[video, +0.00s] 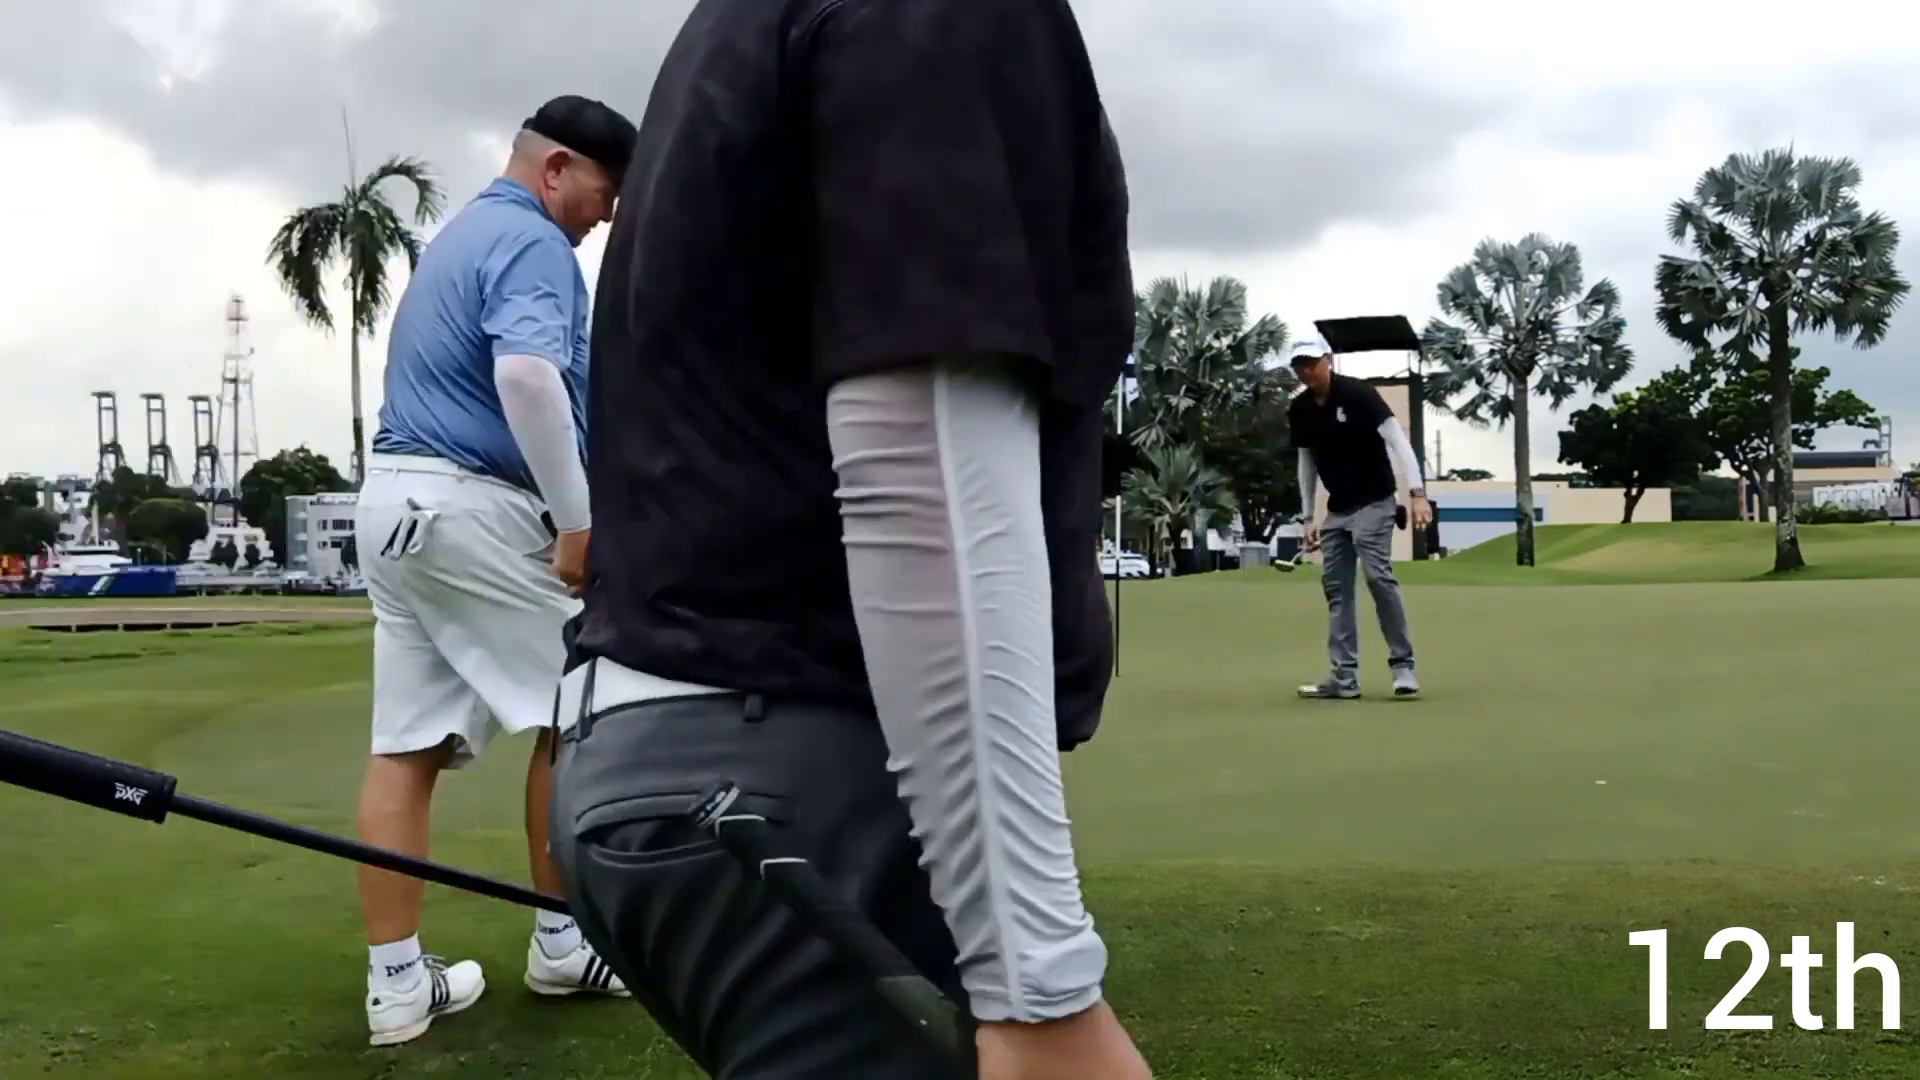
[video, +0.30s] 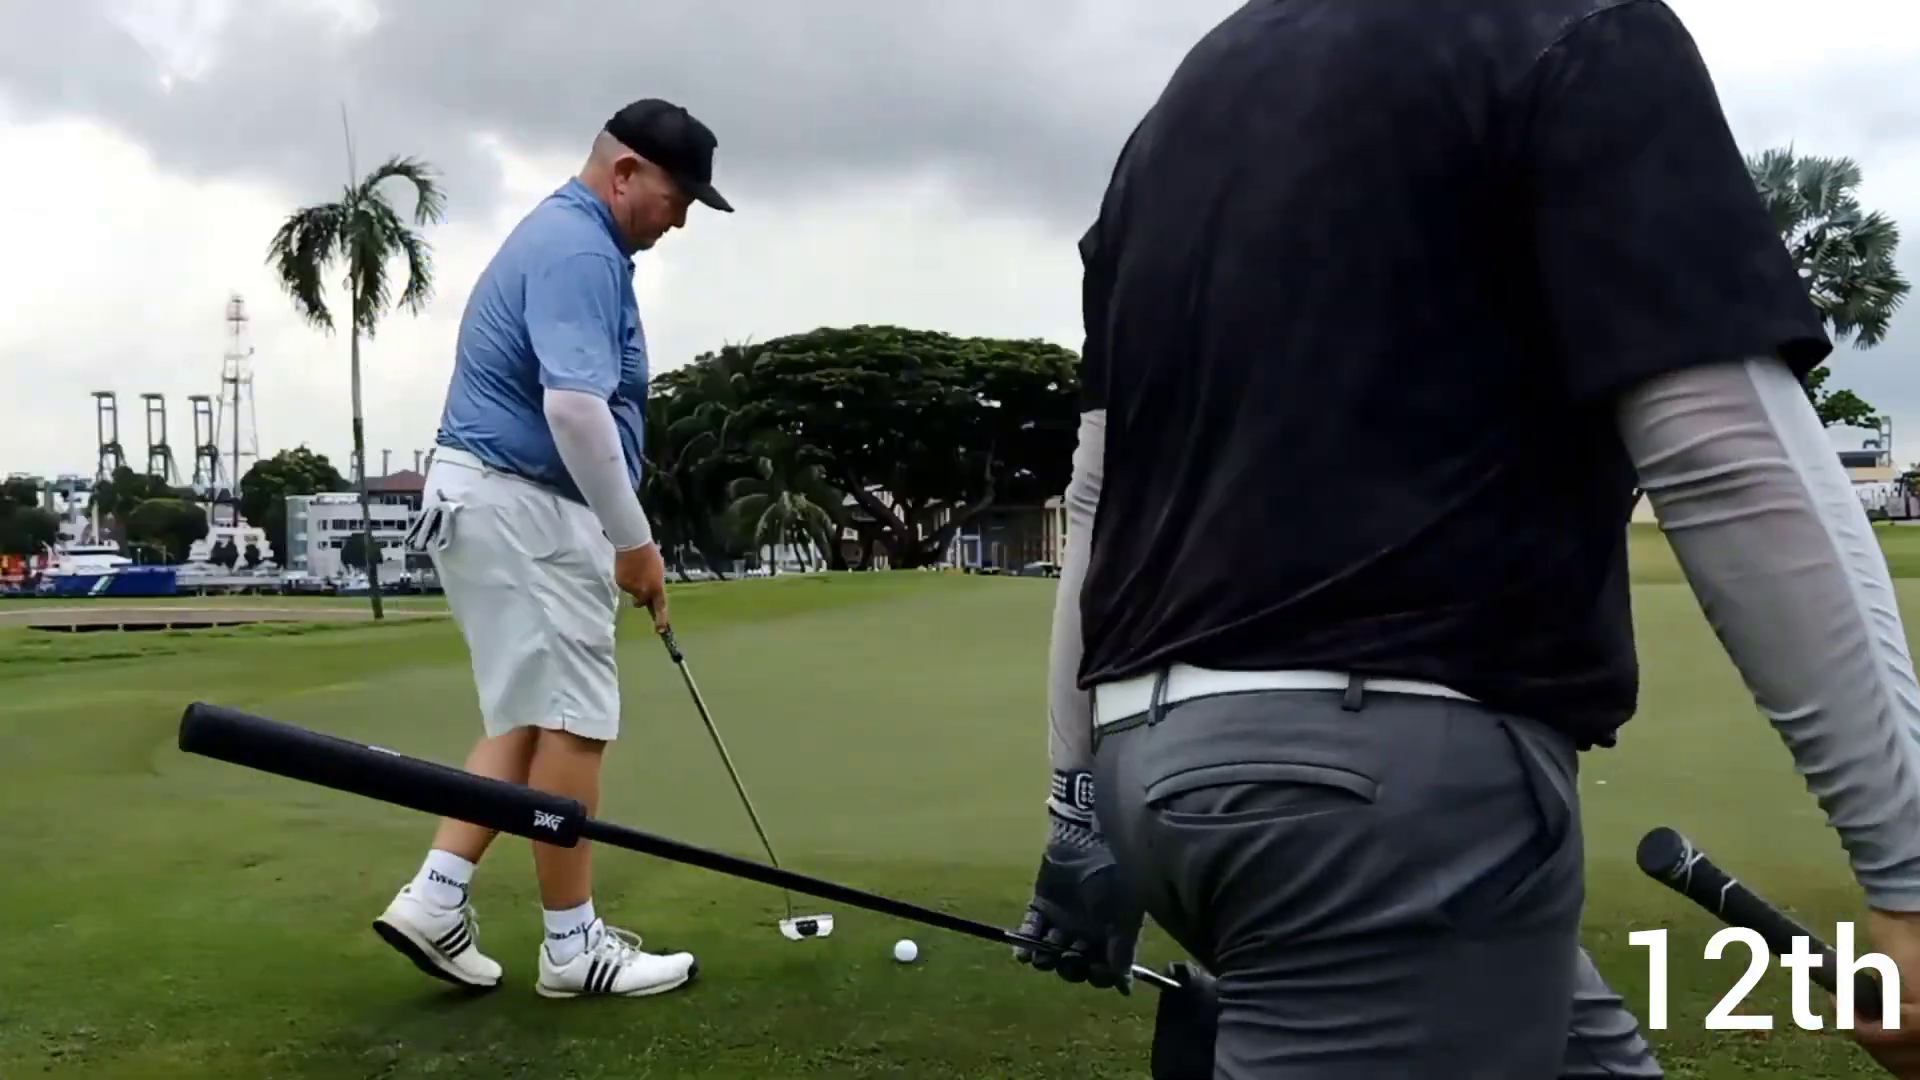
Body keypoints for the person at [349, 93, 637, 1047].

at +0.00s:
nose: (602, 217)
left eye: (610, 201)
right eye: (601, 194)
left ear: (536, 169)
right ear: (557, 166)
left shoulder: (464, 230)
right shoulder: (531, 240)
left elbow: (440, 385)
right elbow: (524, 376)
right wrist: (578, 522)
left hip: (390, 497)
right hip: (474, 505)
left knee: (403, 749)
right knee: (578, 709)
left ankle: (397, 984)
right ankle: (566, 940)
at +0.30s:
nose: (678, 221)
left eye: (686, 208)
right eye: (678, 200)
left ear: (624, 174)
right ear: (627, 170)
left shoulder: (565, 235)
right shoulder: (576, 244)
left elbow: (565, 407)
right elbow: (575, 407)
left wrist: (623, 541)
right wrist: (634, 539)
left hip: (490, 494)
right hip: (520, 501)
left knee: (527, 708)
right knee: (575, 716)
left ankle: (434, 900)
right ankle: (573, 942)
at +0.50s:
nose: (718, 226)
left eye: (726, 213)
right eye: (716, 206)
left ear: (671, 178)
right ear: (667, 173)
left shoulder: (633, 253)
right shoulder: (601, 248)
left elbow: (631, 417)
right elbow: (609, 421)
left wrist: (661, 543)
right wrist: (671, 547)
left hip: (584, 506)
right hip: (536, 503)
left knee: (638, 681)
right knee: (569, 712)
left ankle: (568, 876)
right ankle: (570, 945)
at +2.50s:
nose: (794, 298)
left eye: (803, 285)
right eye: (792, 279)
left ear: (758, 248)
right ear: (749, 242)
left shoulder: (744, 314)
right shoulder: (653, 300)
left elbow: (731, 444)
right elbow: (639, 460)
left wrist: (706, 536)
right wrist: (665, 583)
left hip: (622, 514)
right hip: (542, 502)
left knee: (647, 695)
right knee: (582, 704)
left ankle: (636, 898)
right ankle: (586, 941)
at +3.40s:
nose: (801, 297)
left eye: (808, 285)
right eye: (801, 282)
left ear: (759, 253)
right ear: (763, 260)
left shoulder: (738, 313)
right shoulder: (655, 306)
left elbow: (734, 439)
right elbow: (645, 464)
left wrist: (710, 530)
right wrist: (673, 587)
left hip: (623, 513)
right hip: (544, 503)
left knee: (646, 697)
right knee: (582, 707)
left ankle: (636, 898)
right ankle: (586, 941)